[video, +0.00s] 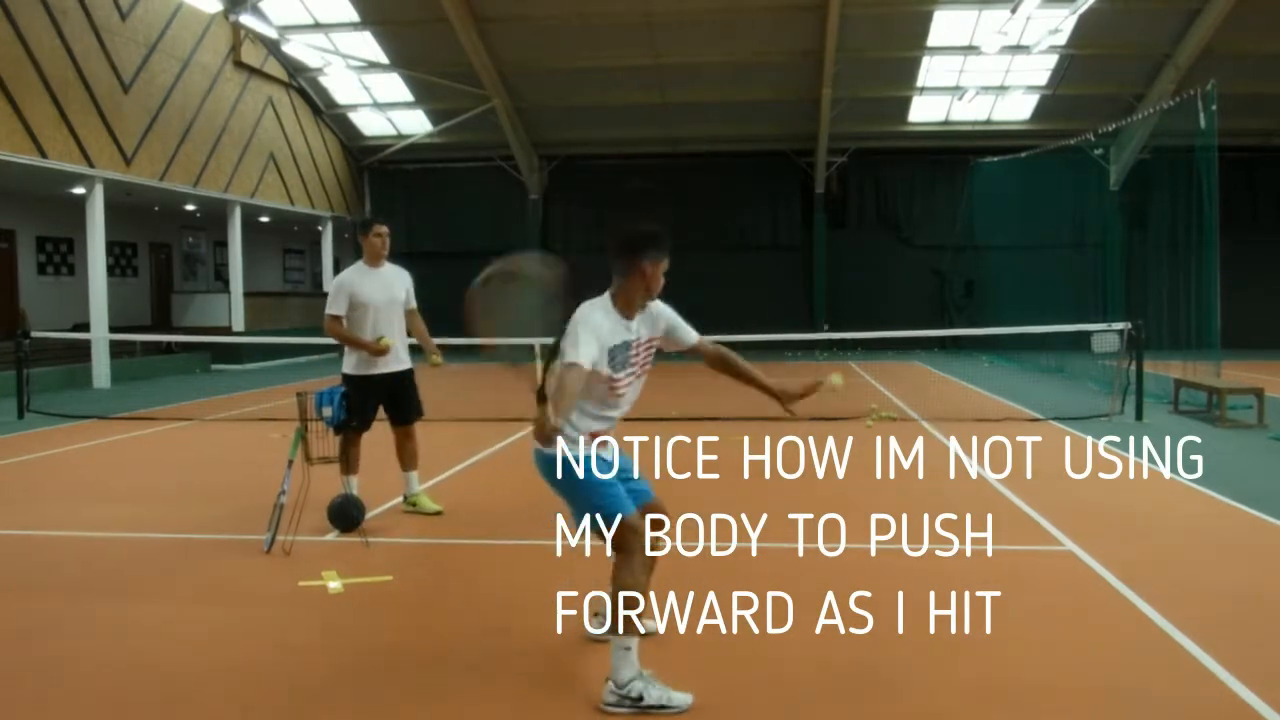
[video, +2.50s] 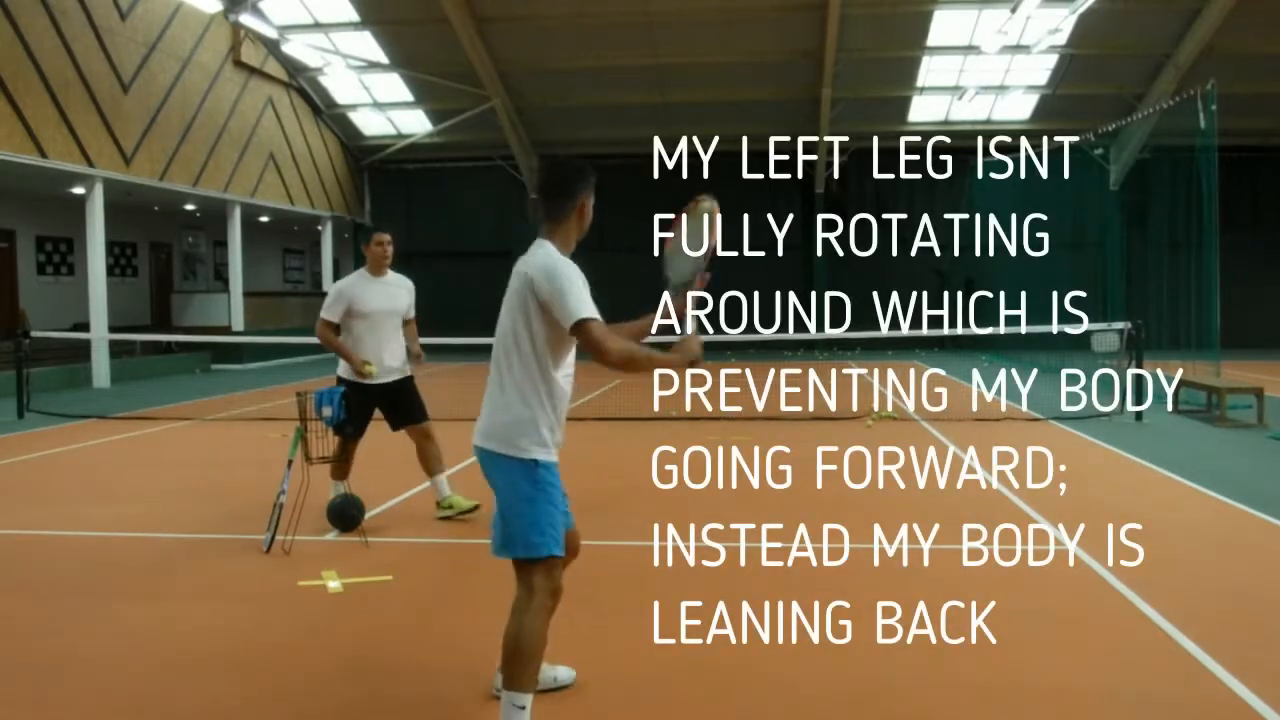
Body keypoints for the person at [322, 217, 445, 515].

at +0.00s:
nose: (384, 241)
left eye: (387, 236)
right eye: (377, 236)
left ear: (390, 241)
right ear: (362, 240)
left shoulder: (401, 276)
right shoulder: (346, 280)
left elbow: (412, 315)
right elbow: (332, 326)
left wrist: (429, 346)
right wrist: (366, 345)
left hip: (398, 370)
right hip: (360, 373)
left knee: (406, 428)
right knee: (352, 434)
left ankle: (413, 493)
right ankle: (350, 498)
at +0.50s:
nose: (394, 243)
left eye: (393, 237)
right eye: (389, 237)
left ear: (382, 241)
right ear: (372, 239)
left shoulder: (395, 276)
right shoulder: (346, 279)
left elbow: (404, 315)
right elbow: (331, 326)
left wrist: (425, 347)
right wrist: (367, 347)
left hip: (397, 370)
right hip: (360, 373)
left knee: (405, 429)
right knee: (351, 434)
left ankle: (413, 492)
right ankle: (350, 498)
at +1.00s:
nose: (395, 247)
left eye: (394, 241)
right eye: (393, 241)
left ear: (379, 242)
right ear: (381, 242)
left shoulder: (391, 277)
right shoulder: (347, 278)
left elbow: (401, 318)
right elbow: (329, 325)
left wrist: (437, 334)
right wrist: (366, 348)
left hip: (397, 371)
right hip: (360, 375)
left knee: (412, 429)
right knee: (353, 437)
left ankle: (413, 492)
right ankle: (351, 502)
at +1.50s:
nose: (439, 264)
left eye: (442, 258)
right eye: (432, 258)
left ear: (446, 262)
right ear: (418, 260)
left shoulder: (448, 294)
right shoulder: (390, 292)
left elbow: (451, 342)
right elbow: (365, 329)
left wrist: (469, 379)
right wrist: (385, 362)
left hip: (429, 379)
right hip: (386, 381)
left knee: (450, 436)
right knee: (372, 441)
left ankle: (456, 499)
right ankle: (352, 497)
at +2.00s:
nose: (448, 262)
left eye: (453, 257)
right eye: (443, 255)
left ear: (460, 261)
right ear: (432, 258)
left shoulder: (462, 293)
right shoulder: (411, 288)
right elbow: (387, 325)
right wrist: (394, 359)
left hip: (444, 378)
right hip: (406, 376)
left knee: (445, 442)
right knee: (379, 436)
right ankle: (359, 491)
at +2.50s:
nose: (386, 250)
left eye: (389, 244)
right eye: (379, 245)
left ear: (393, 249)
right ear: (366, 250)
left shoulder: (405, 286)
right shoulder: (345, 288)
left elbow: (409, 322)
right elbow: (323, 331)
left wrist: (414, 344)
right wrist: (353, 360)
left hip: (398, 379)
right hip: (358, 382)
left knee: (424, 433)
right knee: (347, 442)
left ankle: (445, 497)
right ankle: (338, 498)